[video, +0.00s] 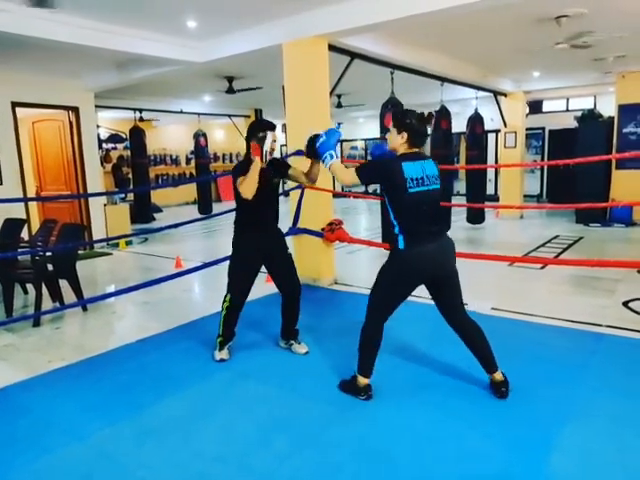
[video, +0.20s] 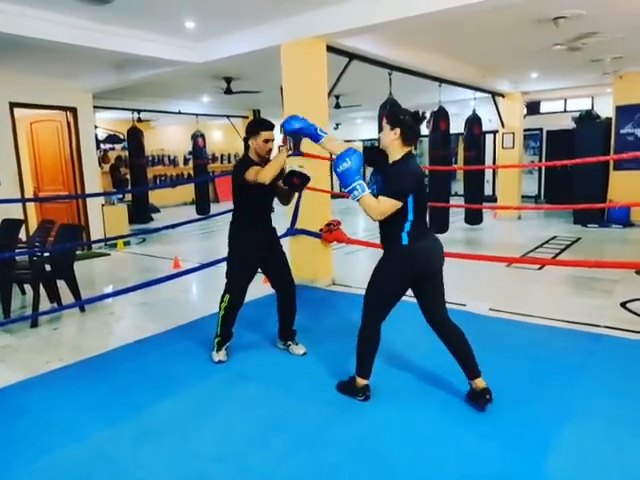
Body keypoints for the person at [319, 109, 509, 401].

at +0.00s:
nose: (387, 138)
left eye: (391, 133)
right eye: (388, 133)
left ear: (404, 137)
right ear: (416, 138)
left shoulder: (389, 165)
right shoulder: (431, 164)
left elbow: (346, 177)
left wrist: (329, 155)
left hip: (408, 258)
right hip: (442, 252)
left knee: (375, 315)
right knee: (457, 315)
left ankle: (362, 381)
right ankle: (497, 376)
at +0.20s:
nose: (379, 133)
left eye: (383, 128)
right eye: (381, 128)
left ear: (396, 133)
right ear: (399, 134)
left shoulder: (404, 173)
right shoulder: (387, 158)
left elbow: (377, 212)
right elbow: (346, 150)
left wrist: (353, 184)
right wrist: (312, 132)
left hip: (400, 258)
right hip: (426, 251)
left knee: (371, 318)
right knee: (440, 319)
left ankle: (360, 382)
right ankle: (478, 383)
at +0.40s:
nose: (389, 142)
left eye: (392, 136)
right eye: (389, 137)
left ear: (407, 138)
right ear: (413, 139)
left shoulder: (409, 175)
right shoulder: (428, 169)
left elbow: (387, 219)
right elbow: (399, 211)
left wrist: (370, 186)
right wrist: (380, 176)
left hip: (411, 263)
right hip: (438, 257)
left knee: (374, 317)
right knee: (438, 321)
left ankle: (359, 383)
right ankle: (474, 386)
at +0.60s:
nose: (399, 139)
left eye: (402, 133)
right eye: (400, 133)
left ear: (415, 134)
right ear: (425, 134)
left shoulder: (410, 169)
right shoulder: (443, 162)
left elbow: (391, 215)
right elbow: (430, 205)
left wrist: (383, 195)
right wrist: (395, 195)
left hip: (425, 261)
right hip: (458, 256)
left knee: (390, 322)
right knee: (452, 322)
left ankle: (367, 384)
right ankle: (477, 389)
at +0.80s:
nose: (400, 141)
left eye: (402, 136)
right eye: (401, 136)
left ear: (412, 135)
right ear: (430, 135)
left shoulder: (403, 171)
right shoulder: (448, 165)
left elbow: (387, 217)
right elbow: (445, 204)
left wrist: (387, 195)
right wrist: (400, 196)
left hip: (421, 262)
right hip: (456, 258)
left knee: (383, 321)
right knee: (452, 322)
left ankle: (379, 395)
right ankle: (479, 391)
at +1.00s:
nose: (378, 147)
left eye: (379, 143)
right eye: (380, 142)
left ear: (385, 145)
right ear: (407, 145)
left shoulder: (372, 176)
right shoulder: (422, 173)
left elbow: (358, 219)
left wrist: (369, 193)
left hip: (394, 270)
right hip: (432, 266)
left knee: (363, 327)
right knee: (441, 328)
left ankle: (360, 397)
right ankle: (475, 390)